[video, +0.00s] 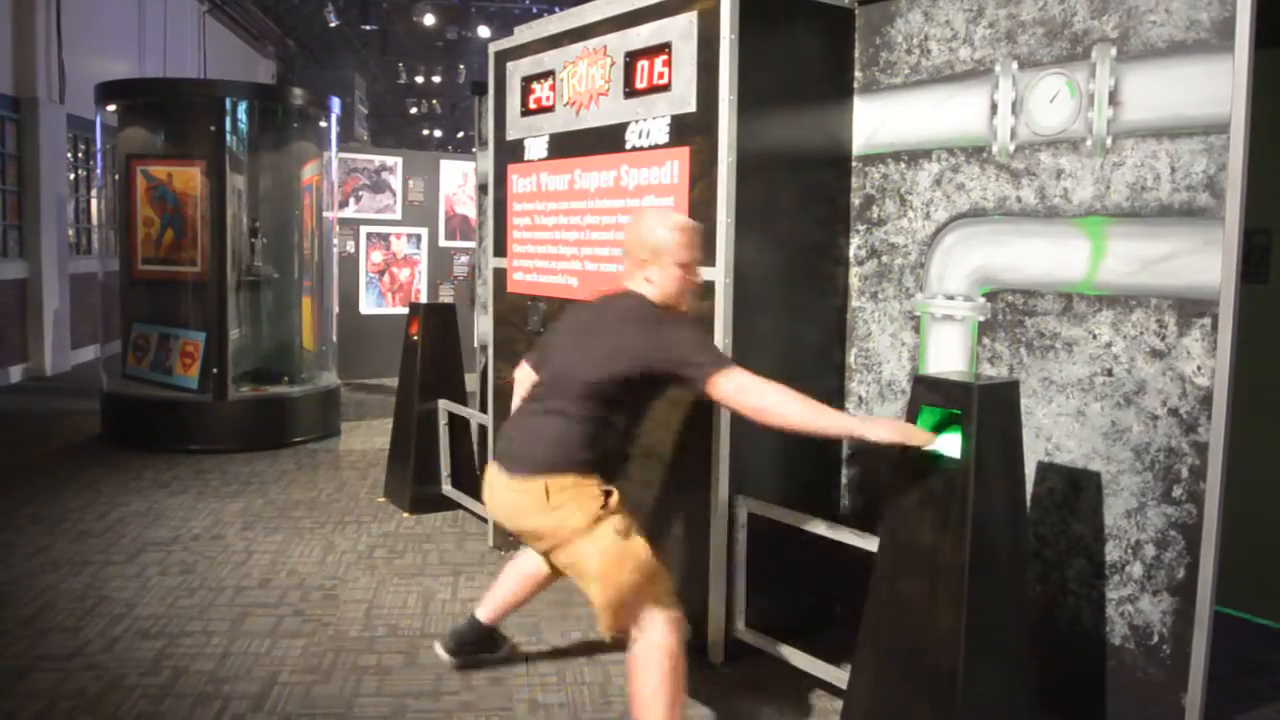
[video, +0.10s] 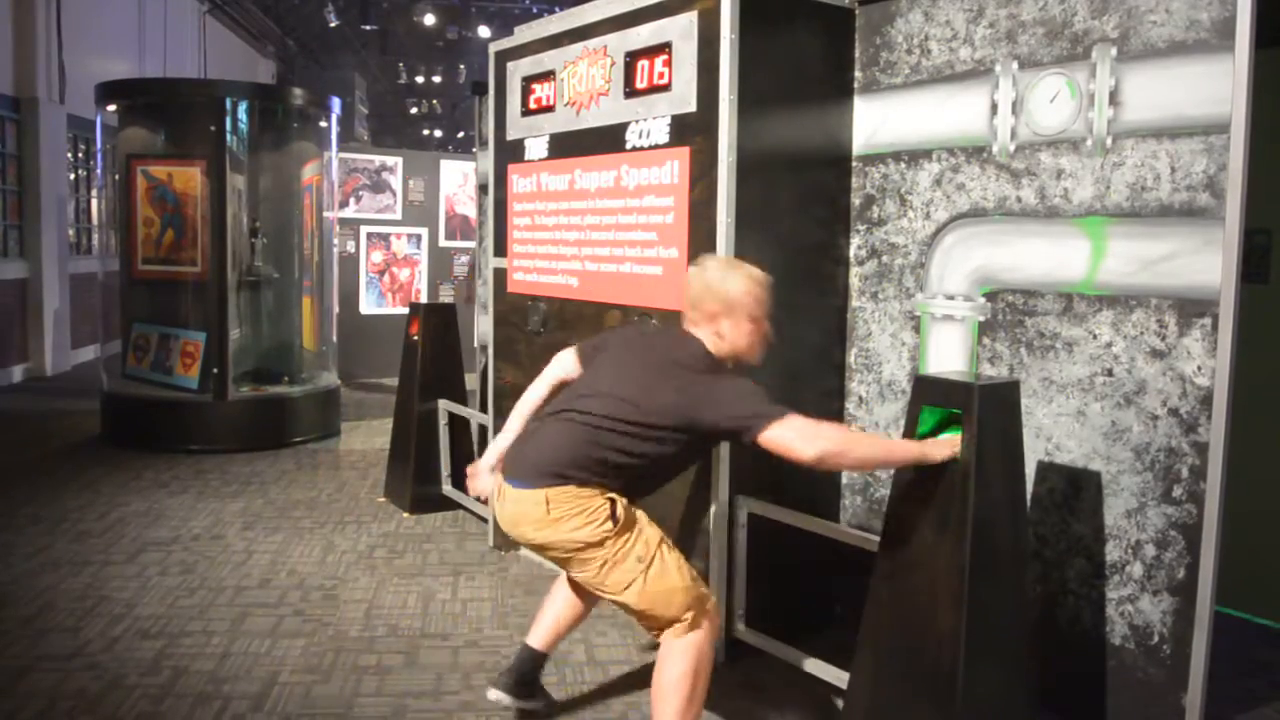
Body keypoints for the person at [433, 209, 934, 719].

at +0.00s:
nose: (699, 277)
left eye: (698, 264)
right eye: (689, 264)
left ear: (642, 266)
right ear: (647, 266)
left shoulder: (584, 312)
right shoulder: (669, 333)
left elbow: (523, 383)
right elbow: (760, 400)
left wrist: (531, 457)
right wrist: (868, 426)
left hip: (505, 479)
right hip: (561, 490)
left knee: (555, 543)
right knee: (658, 618)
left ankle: (473, 631)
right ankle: (661, 718)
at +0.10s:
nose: (767, 331)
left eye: (765, 318)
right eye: (759, 318)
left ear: (701, 315)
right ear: (721, 319)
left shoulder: (635, 338)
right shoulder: (717, 386)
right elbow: (817, 445)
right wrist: (926, 449)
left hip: (516, 484)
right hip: (562, 503)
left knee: (605, 554)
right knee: (693, 615)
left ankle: (520, 675)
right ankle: (672, 718)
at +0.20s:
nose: (803, 376)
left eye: (804, 363)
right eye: (798, 363)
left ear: (741, 349)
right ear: (757, 361)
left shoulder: (669, 343)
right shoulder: (736, 408)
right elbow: (820, 473)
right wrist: (925, 458)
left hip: (524, 483)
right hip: (575, 497)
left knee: (610, 552)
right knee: (703, 616)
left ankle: (534, 669)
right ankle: (673, 715)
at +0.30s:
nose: (789, 340)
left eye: (788, 327)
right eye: (786, 328)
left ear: (722, 317)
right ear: (759, 329)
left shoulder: (653, 333)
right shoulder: (731, 385)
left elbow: (567, 345)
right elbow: (817, 447)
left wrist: (505, 357)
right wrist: (923, 453)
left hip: (525, 485)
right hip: (581, 499)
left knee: (602, 531)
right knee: (709, 616)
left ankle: (522, 644)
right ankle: (677, 715)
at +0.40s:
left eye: (673, 250)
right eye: (710, 262)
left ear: (656, 265)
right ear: (710, 274)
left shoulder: (605, 309)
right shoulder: (706, 333)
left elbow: (528, 329)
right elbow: (783, 382)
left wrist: (477, 334)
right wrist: (883, 420)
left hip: (520, 480)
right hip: (587, 490)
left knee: (579, 502)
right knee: (699, 609)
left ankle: (531, 620)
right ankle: (676, 717)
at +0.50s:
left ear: (588, 223)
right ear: (637, 223)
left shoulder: (549, 273)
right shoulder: (644, 276)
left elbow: (487, 290)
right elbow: (687, 334)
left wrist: (453, 299)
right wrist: (771, 376)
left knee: (552, 514)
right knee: (640, 585)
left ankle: (538, 644)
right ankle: (661, 710)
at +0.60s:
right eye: (584, 195)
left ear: (538, 201)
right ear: (584, 200)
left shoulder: (505, 252)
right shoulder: (588, 246)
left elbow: (454, 255)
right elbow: (614, 297)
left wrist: (436, 257)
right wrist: (682, 338)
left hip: (506, 415)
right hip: (571, 406)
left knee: (543, 530)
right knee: (615, 535)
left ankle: (538, 656)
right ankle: (607, 693)